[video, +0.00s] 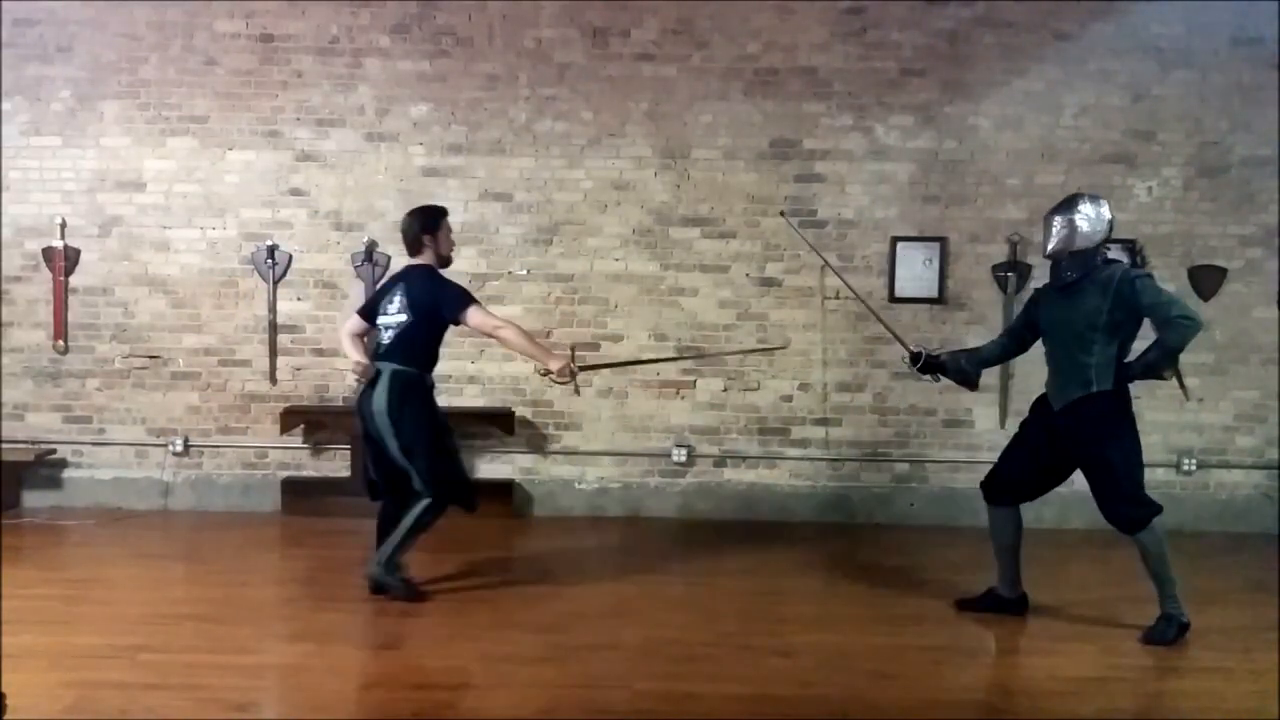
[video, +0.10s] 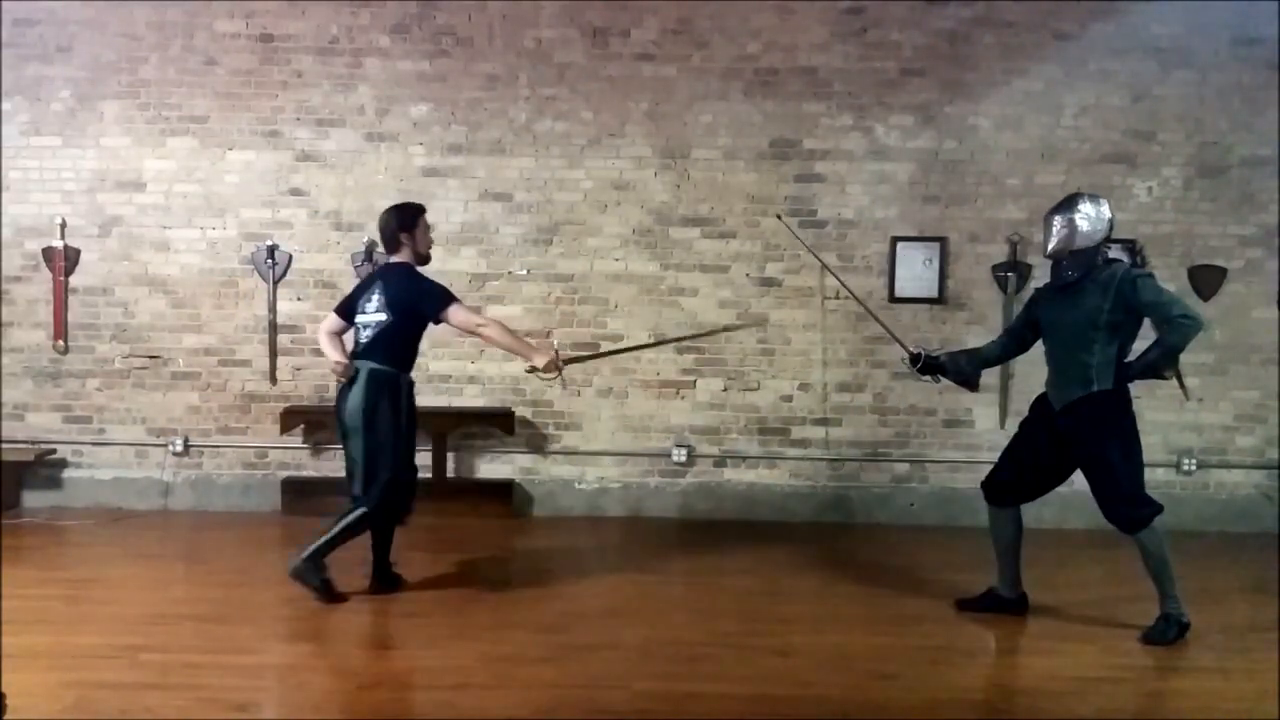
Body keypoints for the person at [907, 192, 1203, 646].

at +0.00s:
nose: (1053, 238)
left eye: (1064, 227)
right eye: (1053, 228)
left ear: (1089, 230)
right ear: (1056, 232)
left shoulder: (1123, 280)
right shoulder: (1046, 297)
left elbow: (1184, 323)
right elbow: (1007, 345)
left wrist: (1135, 370)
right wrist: (942, 361)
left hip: (1104, 413)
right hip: (1053, 415)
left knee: (1131, 510)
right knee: (1000, 490)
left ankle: (1173, 612)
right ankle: (1008, 592)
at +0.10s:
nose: (1054, 237)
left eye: (1065, 227)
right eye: (1053, 227)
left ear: (1090, 229)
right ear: (1055, 232)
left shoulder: (1124, 280)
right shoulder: (1047, 297)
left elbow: (1186, 322)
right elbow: (1006, 346)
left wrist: (1133, 371)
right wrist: (941, 362)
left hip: (1105, 413)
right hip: (1054, 414)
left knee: (1132, 510)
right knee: (1000, 491)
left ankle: (1173, 612)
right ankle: (1009, 592)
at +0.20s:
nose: (1054, 237)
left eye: (1065, 227)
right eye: (1053, 227)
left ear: (1089, 229)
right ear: (1056, 232)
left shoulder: (1124, 280)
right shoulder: (1045, 298)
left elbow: (1186, 322)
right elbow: (1004, 347)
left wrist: (1136, 370)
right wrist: (941, 365)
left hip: (1104, 412)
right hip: (1053, 414)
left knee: (1131, 510)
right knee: (1000, 492)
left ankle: (1173, 612)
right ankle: (1009, 592)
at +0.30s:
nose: (1053, 239)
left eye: (1063, 228)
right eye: (1053, 229)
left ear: (1088, 230)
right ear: (1058, 233)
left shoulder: (1124, 280)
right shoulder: (1045, 298)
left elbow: (1186, 324)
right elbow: (1005, 349)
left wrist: (1136, 370)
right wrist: (943, 371)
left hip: (1103, 413)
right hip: (1052, 414)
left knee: (1131, 509)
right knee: (999, 491)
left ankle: (1173, 611)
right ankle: (1008, 592)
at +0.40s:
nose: (1052, 239)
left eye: (1062, 229)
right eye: (1052, 229)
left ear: (1088, 230)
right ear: (1054, 233)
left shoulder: (1124, 280)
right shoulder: (1043, 298)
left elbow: (1185, 324)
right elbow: (1005, 353)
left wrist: (1136, 371)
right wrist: (946, 379)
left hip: (1102, 413)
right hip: (1051, 415)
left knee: (1130, 510)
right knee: (998, 492)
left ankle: (1173, 612)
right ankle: (1008, 592)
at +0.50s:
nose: (1056, 239)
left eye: (1067, 228)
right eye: (1053, 229)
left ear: (1090, 231)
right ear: (1049, 233)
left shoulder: (1122, 282)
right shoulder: (1042, 299)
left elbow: (1183, 325)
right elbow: (1008, 357)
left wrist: (1136, 371)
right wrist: (954, 391)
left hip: (1101, 414)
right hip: (1049, 415)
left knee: (1130, 511)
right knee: (996, 492)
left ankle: (1173, 612)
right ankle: (1007, 592)